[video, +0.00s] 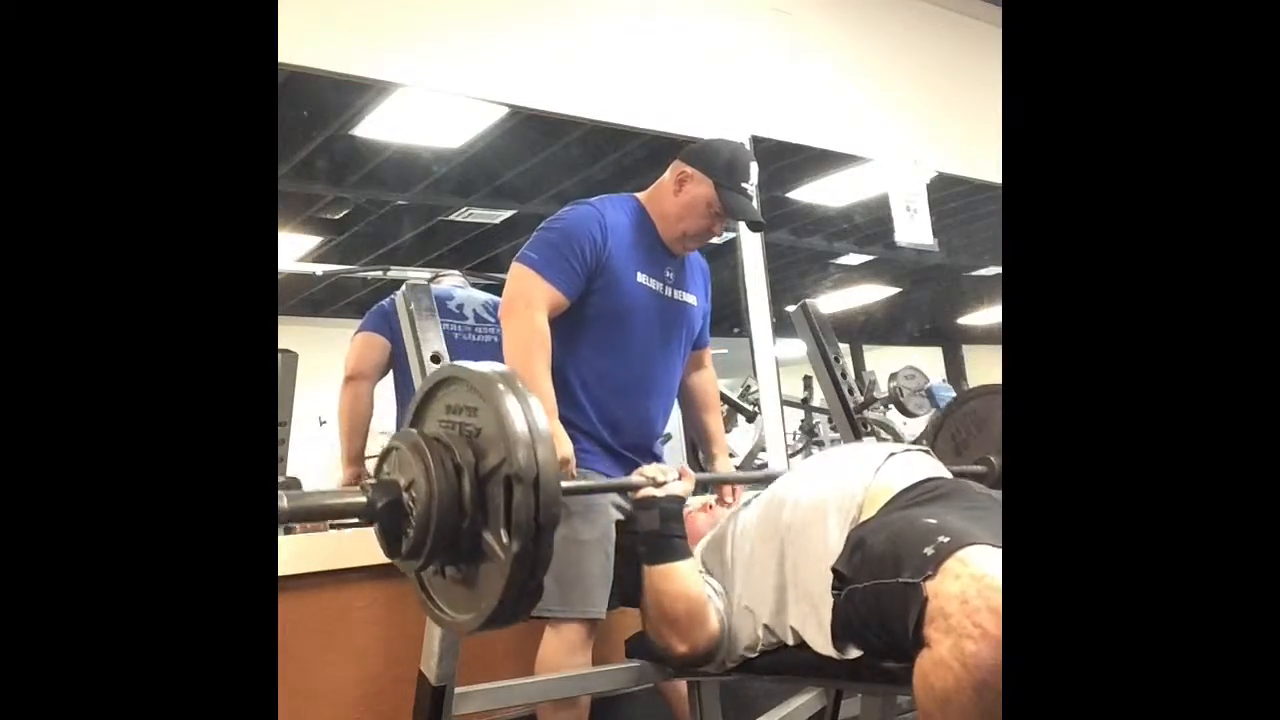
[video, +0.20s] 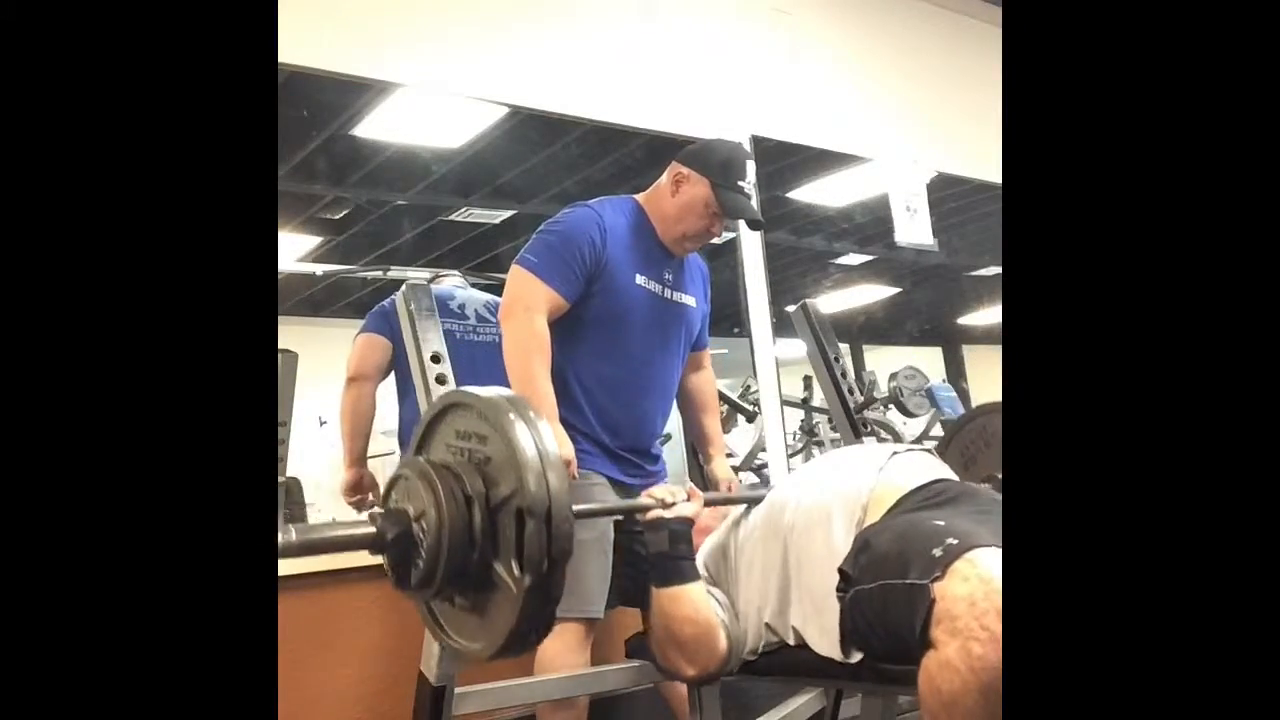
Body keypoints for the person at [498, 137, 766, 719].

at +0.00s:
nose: (720, 229)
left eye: (729, 220)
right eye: (718, 212)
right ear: (680, 179)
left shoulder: (695, 271)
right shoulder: (593, 225)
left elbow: (698, 367)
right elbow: (522, 308)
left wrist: (718, 451)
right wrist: (544, 427)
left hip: (645, 470)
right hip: (575, 463)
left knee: (640, 617)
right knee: (574, 622)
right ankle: (563, 717)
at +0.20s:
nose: (720, 227)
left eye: (728, 218)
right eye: (717, 210)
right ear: (678, 178)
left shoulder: (695, 273)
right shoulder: (592, 227)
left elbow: (697, 369)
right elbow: (521, 312)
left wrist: (715, 456)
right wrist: (545, 429)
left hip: (648, 472)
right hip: (576, 462)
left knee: (679, 619)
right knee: (577, 620)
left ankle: (685, 713)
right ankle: (559, 716)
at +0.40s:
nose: (718, 226)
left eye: (727, 216)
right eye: (714, 208)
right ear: (674, 179)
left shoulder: (695, 273)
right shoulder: (590, 230)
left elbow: (697, 369)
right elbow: (520, 314)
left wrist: (716, 457)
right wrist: (541, 429)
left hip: (645, 467)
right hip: (573, 459)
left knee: (638, 615)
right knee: (572, 618)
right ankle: (559, 715)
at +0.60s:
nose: (717, 226)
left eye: (725, 216)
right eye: (712, 208)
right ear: (671, 180)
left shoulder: (695, 274)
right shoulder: (586, 232)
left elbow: (700, 367)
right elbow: (516, 316)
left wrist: (718, 453)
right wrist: (540, 431)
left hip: (646, 469)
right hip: (572, 463)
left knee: (646, 623)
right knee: (568, 624)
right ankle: (556, 718)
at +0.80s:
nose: (715, 226)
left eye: (723, 216)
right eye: (710, 207)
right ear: (669, 180)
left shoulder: (697, 273)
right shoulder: (585, 231)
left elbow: (702, 367)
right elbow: (514, 315)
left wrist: (720, 453)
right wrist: (534, 425)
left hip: (646, 473)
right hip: (572, 461)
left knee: (625, 619)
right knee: (567, 622)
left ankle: (609, 715)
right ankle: (557, 718)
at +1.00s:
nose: (712, 224)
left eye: (721, 214)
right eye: (706, 206)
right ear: (666, 178)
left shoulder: (697, 271)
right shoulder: (583, 232)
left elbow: (703, 366)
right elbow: (513, 315)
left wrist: (722, 453)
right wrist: (531, 431)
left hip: (651, 476)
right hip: (575, 469)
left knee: (627, 625)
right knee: (564, 626)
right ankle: (557, 718)